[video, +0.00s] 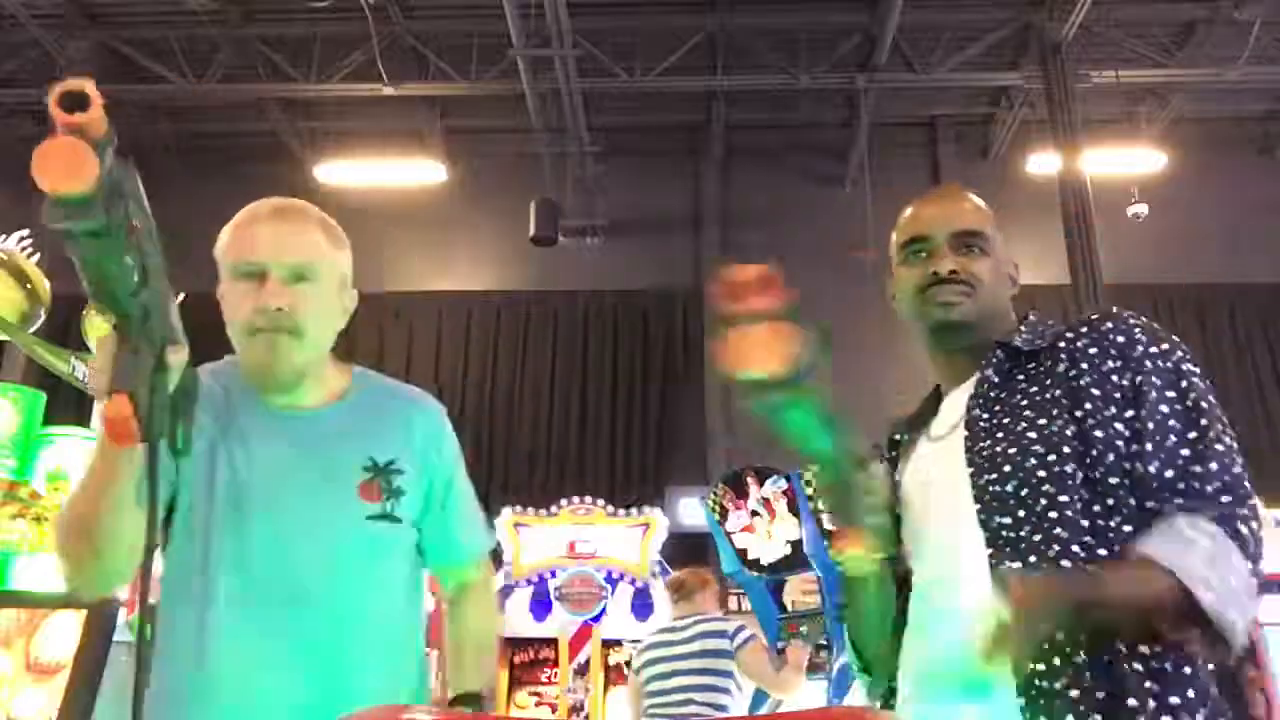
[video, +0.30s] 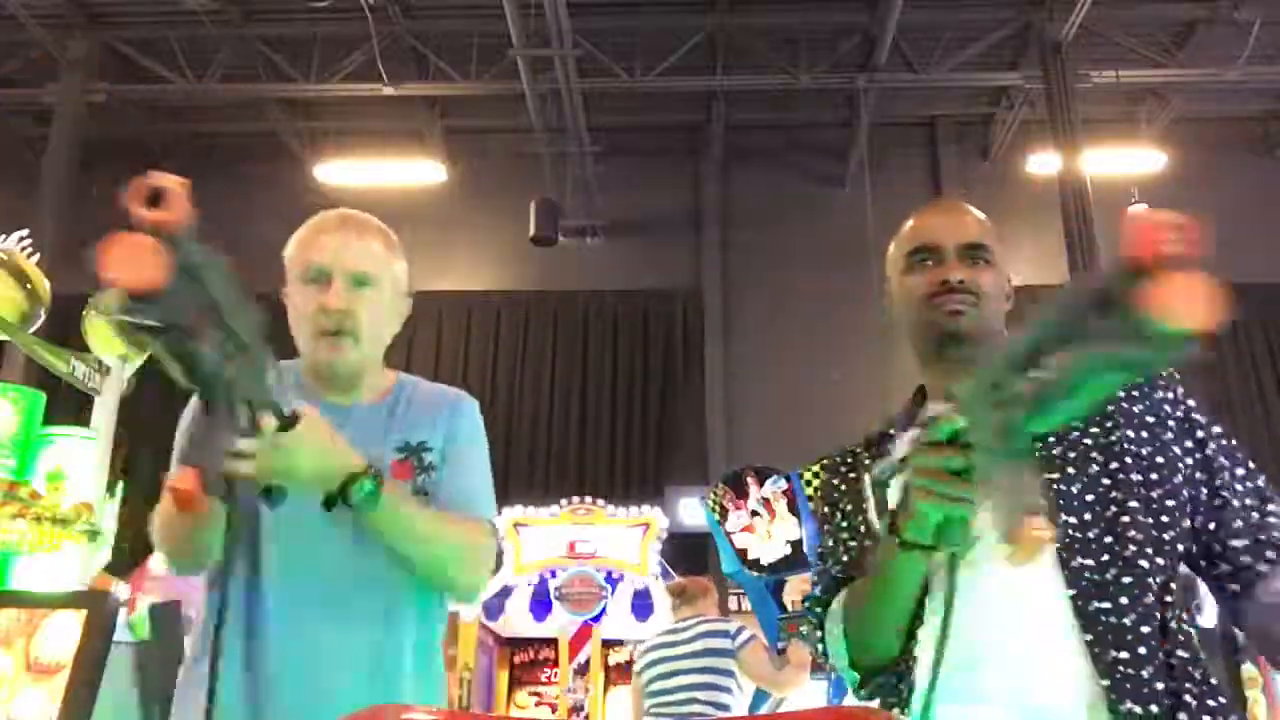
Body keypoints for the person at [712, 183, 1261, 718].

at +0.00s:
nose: (942, 263)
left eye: (968, 246)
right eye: (916, 251)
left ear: (1011, 274)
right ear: (893, 291)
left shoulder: (1111, 353)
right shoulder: (898, 454)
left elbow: (1217, 564)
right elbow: (891, 672)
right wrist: (859, 545)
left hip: (1112, 703)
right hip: (938, 708)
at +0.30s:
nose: (952, 275)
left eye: (975, 257)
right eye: (924, 261)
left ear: (1009, 290)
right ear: (893, 298)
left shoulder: (1130, 413)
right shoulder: (854, 482)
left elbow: (1260, 562)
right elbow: (853, 656)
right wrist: (914, 535)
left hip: (1134, 708)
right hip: (950, 711)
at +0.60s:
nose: (952, 279)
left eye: (974, 260)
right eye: (928, 263)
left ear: (1008, 281)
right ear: (898, 291)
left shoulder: (1112, 375)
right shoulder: (888, 447)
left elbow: (1241, 526)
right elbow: (868, 661)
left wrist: (1225, 595)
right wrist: (885, 548)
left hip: (1109, 703)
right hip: (945, 706)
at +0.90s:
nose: (963, 260)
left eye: (989, 243)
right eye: (935, 244)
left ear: (1023, 277)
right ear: (903, 283)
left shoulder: (1114, 348)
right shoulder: (897, 409)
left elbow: (1138, 504)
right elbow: (881, 665)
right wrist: (879, 528)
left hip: (1115, 699)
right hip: (953, 704)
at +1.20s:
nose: (924, 266)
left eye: (949, 252)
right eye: (897, 252)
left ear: (983, 293)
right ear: (863, 296)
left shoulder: (1077, 397)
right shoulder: (836, 472)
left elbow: (1205, 592)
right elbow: (801, 651)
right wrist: (883, 540)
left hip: (1081, 705)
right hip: (904, 707)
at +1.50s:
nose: (898, 276)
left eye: (926, 256)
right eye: (874, 262)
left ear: (970, 282)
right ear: (854, 298)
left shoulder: (1053, 353)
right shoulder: (860, 419)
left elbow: (1088, 529)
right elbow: (822, 667)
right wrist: (828, 550)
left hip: (1060, 697)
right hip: (896, 701)